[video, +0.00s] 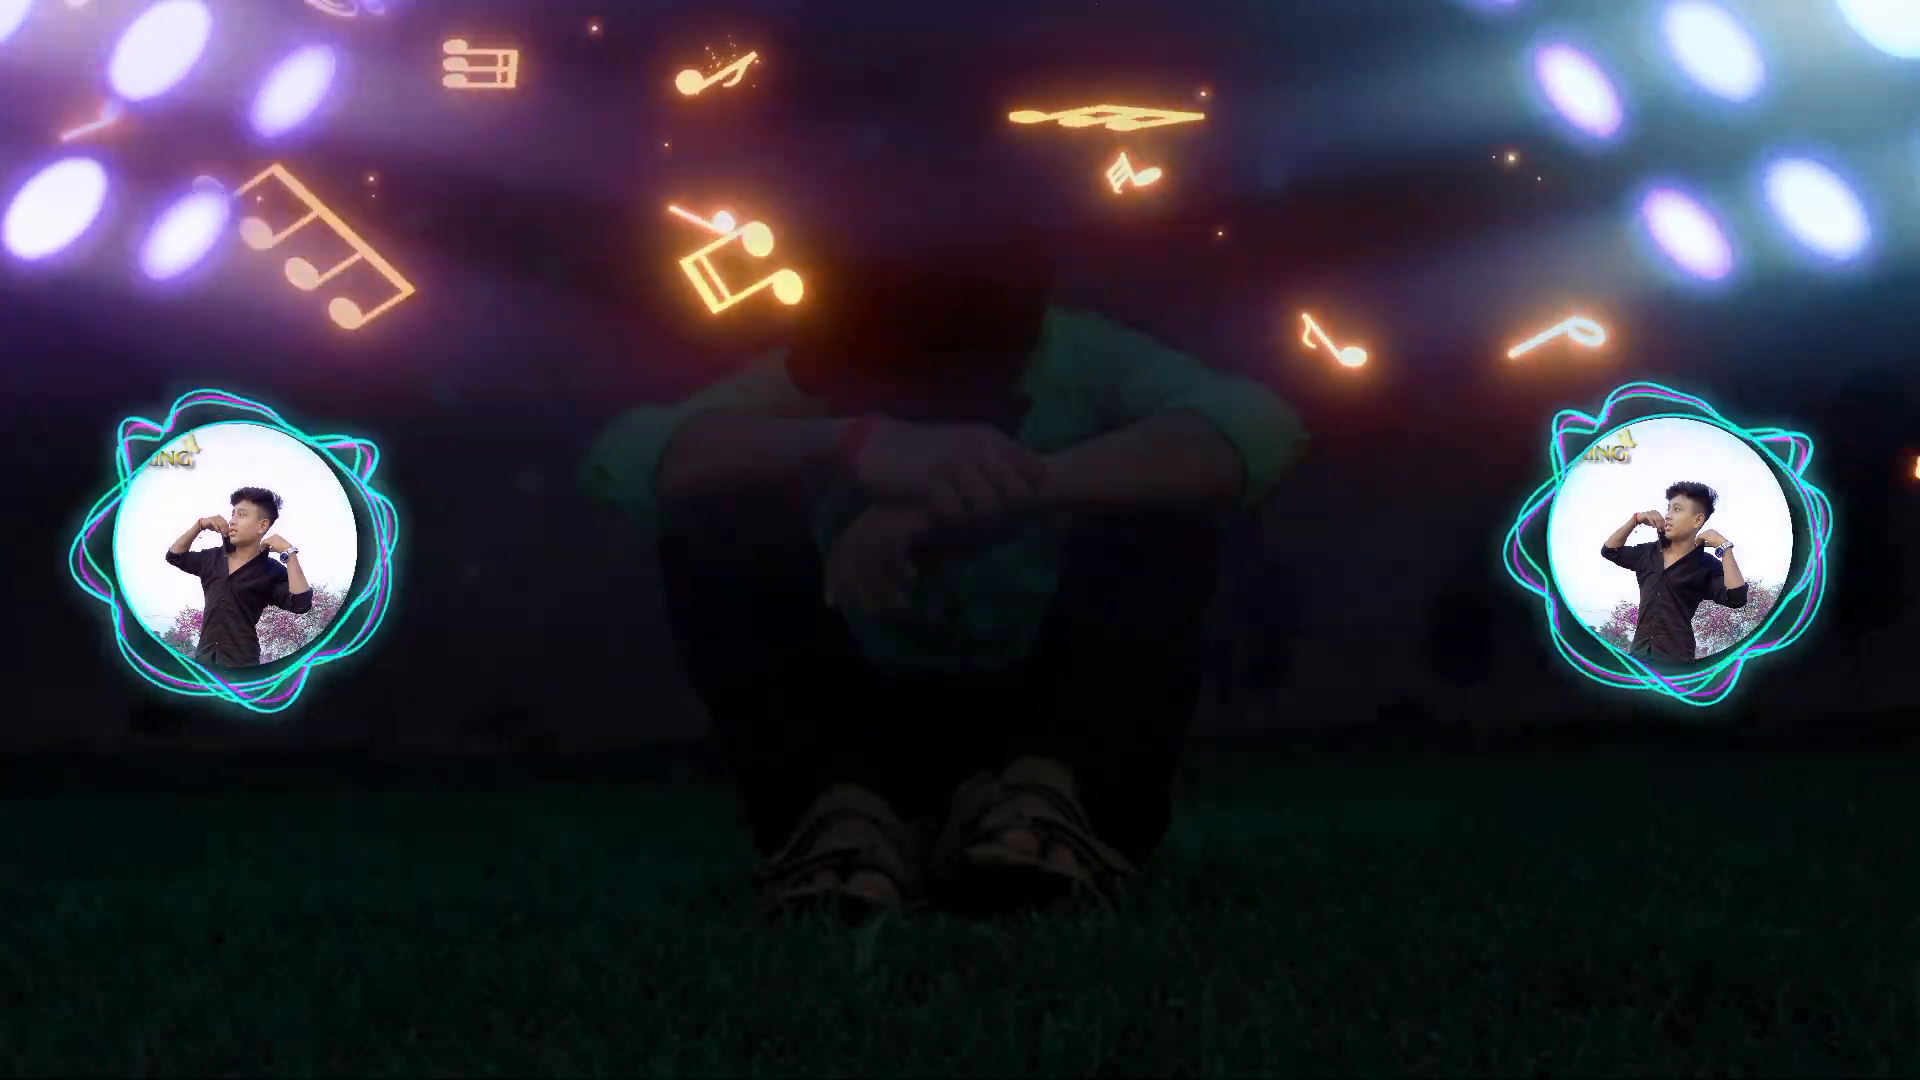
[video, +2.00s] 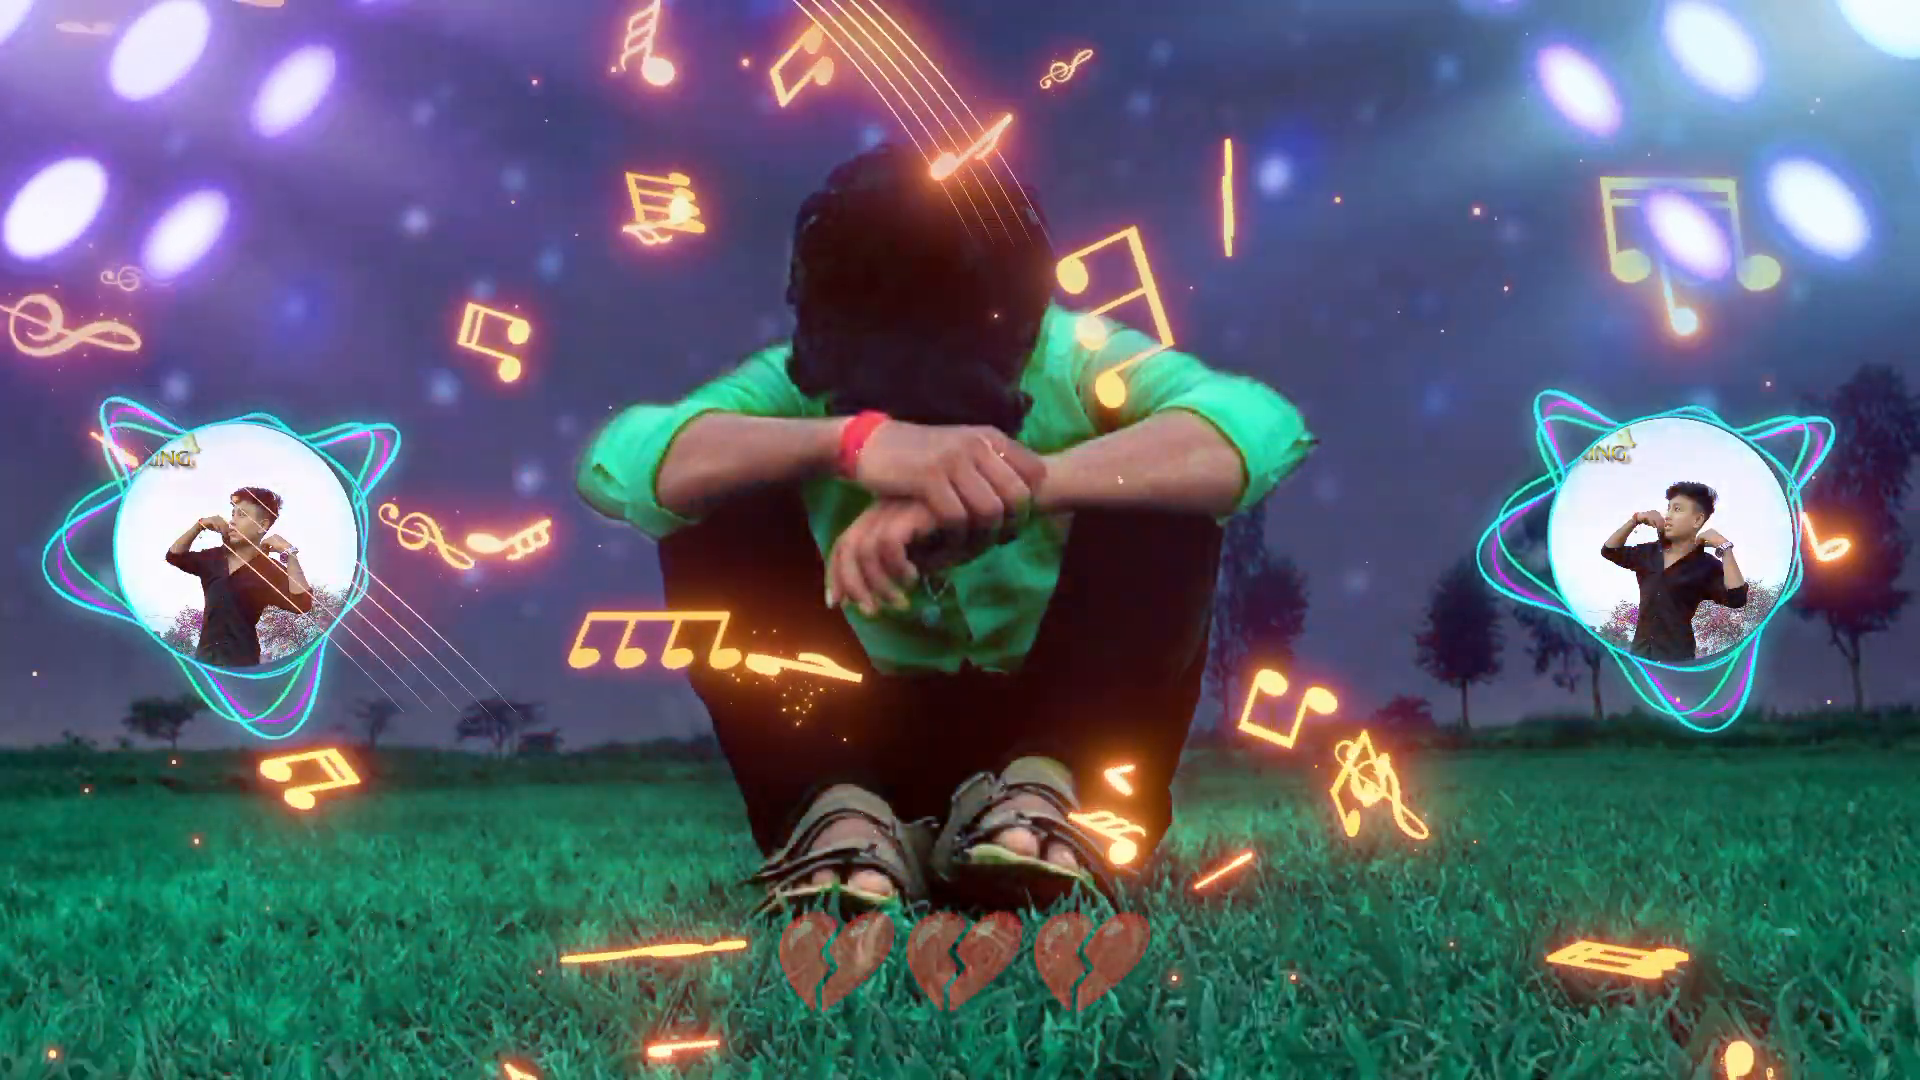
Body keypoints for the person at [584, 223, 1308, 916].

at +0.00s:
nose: (926, 423)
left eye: (951, 399)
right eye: (902, 399)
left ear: (1008, 355)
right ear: (857, 361)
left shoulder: (1077, 357)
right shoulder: (809, 375)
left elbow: (1265, 432)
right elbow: (617, 461)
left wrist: (979, 497)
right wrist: (858, 445)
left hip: (1043, 721)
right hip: (857, 725)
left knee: (1166, 498)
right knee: (720, 512)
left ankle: (1047, 793)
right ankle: (831, 819)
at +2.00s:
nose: (903, 415)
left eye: (943, 397)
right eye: (869, 388)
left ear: (1011, 340)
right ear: (820, 345)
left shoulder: (1072, 356)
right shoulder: (799, 381)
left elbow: (1265, 433)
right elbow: (610, 468)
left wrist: (994, 489)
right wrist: (852, 444)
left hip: (1041, 729)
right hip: (869, 733)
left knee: (1163, 487)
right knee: (711, 501)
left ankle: (1039, 790)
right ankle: (835, 818)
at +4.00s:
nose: (932, 443)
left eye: (967, 405)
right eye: (892, 404)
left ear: (1019, 348)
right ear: (826, 359)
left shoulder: (1073, 353)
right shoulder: (795, 382)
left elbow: (1264, 430)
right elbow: (610, 466)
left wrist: (988, 493)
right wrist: (853, 445)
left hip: (1046, 735)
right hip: (861, 744)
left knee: (1165, 488)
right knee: (715, 504)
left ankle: (1039, 790)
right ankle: (840, 812)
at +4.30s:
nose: (950, 442)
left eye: (984, 395)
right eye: (912, 414)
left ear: (1021, 341)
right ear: (838, 369)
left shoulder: (1074, 355)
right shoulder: (796, 382)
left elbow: (1264, 429)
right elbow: (612, 467)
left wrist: (1000, 491)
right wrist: (853, 447)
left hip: (1041, 734)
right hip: (863, 737)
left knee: (1165, 491)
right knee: (713, 503)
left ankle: (1044, 781)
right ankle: (834, 814)